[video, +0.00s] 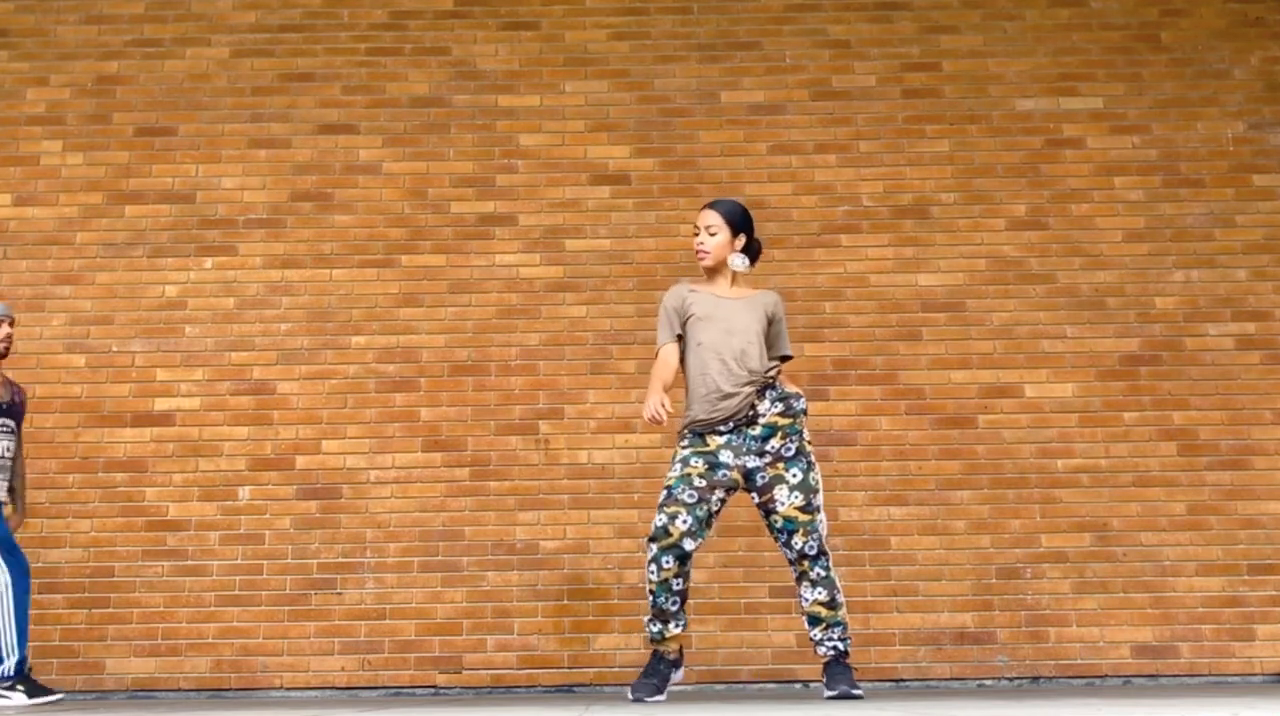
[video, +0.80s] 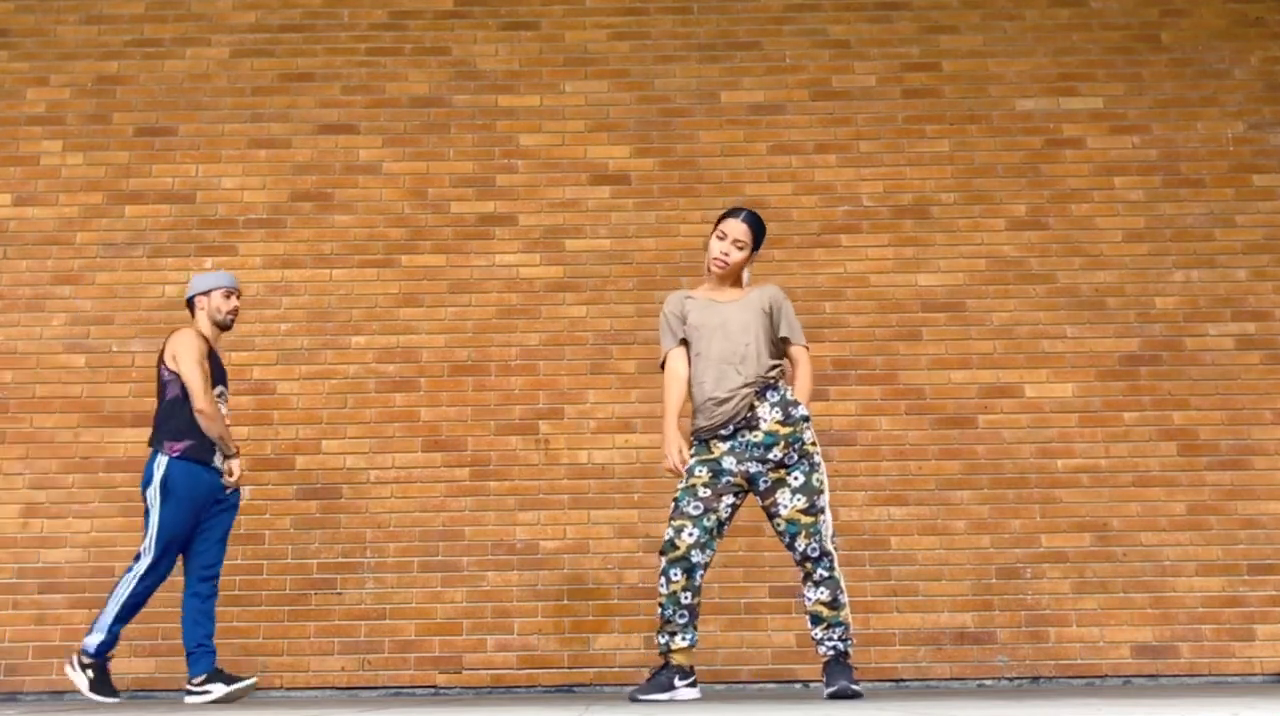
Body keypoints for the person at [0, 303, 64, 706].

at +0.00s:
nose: (7, 332)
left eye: (10, 324)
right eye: (2, 324)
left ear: (13, 333)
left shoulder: (15, 395)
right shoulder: (7, 394)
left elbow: (16, 455)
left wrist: (19, 505)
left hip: (2, 514)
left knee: (15, 572)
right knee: (16, 571)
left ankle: (14, 673)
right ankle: (11, 676)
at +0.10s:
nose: (36, 329)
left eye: (39, 323)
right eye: (26, 322)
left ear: (40, 332)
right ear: (4, 331)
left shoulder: (43, 393)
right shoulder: (1, 384)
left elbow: (41, 453)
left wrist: (49, 501)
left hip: (27, 500)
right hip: (3, 494)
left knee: (15, 583)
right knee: (37, 571)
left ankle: (13, 679)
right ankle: (14, 679)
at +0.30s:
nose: (94, 307)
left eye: (96, 301)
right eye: (85, 300)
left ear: (91, 312)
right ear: (58, 309)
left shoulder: (82, 366)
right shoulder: (40, 356)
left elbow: (73, 425)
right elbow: (16, 417)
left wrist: (87, 467)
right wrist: (53, 464)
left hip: (85, 478)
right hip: (42, 475)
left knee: (101, 565)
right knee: (41, 574)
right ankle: (15, 676)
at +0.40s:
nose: (121, 310)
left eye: (122, 304)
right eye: (112, 303)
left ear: (118, 313)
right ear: (84, 310)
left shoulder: (101, 367)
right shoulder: (66, 353)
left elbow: (89, 425)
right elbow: (48, 409)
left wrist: (110, 467)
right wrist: (103, 433)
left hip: (107, 484)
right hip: (65, 481)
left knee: (125, 572)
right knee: (48, 578)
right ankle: (14, 678)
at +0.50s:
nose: (146, 322)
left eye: (148, 316)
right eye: (138, 314)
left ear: (138, 325)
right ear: (111, 320)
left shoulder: (121, 381)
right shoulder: (90, 362)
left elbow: (109, 442)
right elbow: (97, 415)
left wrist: (129, 479)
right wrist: (154, 430)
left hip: (126, 495)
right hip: (86, 489)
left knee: (150, 579)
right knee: (67, 584)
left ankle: (187, 665)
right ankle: (16, 677)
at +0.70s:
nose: (207, 311)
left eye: (209, 304)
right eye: (199, 302)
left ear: (199, 313)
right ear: (171, 308)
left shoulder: (183, 362)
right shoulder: (157, 343)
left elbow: (181, 421)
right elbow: (175, 402)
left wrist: (203, 456)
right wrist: (210, 445)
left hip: (188, 484)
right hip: (149, 478)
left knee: (186, 581)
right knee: (119, 570)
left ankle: (199, 674)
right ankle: (46, 653)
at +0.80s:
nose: (236, 303)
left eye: (237, 296)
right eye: (227, 295)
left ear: (228, 306)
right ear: (200, 302)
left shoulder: (215, 357)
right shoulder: (186, 339)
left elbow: (213, 418)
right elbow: (202, 407)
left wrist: (230, 459)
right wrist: (229, 447)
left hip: (212, 479)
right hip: (178, 472)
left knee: (203, 580)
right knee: (152, 565)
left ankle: (202, 675)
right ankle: (90, 656)